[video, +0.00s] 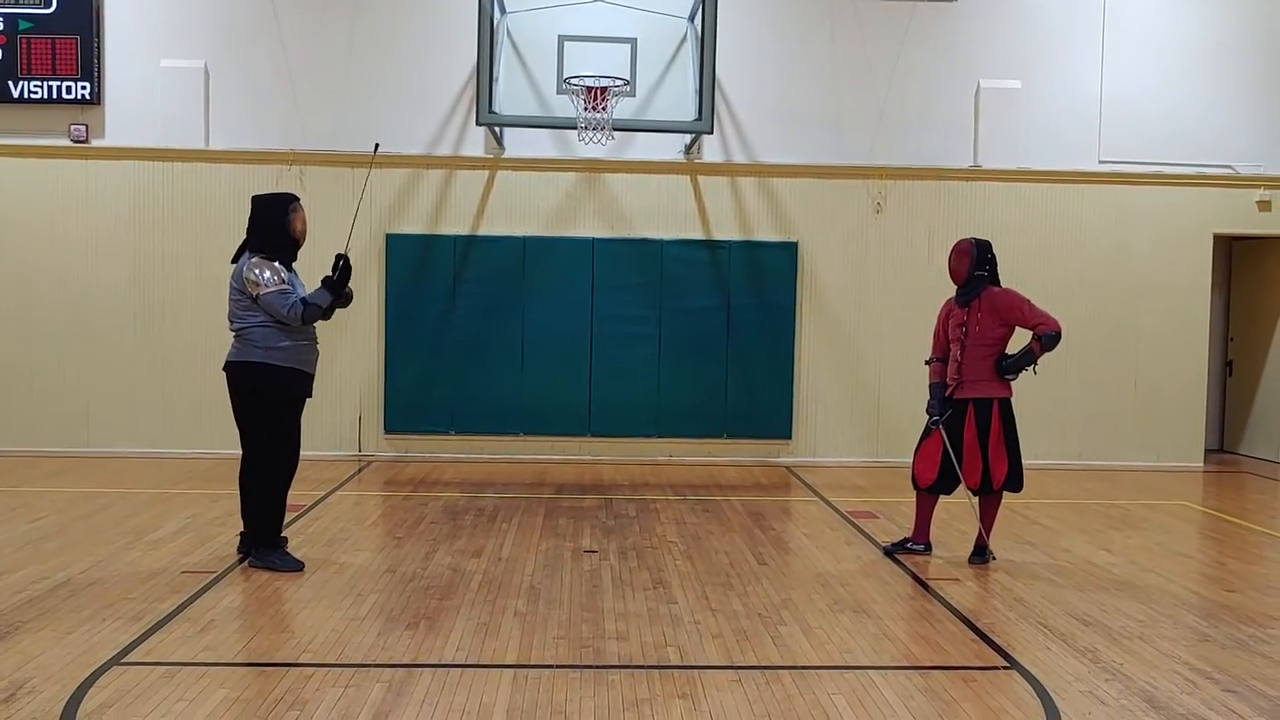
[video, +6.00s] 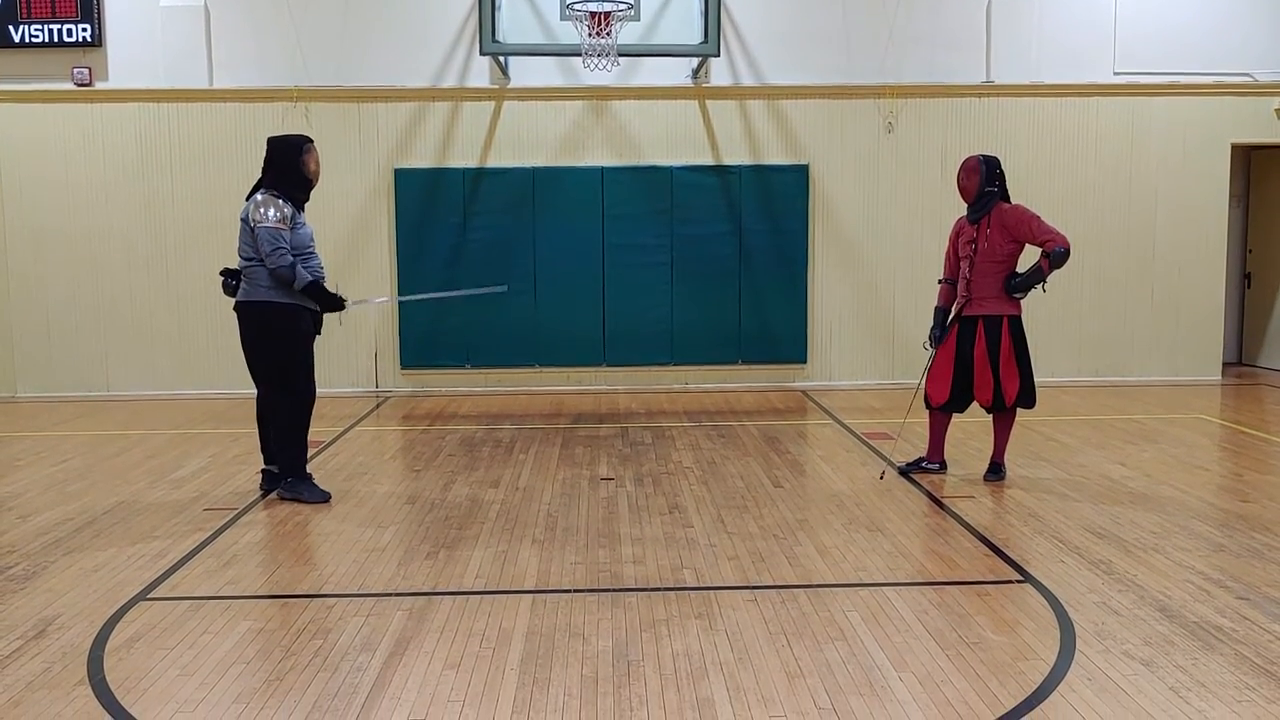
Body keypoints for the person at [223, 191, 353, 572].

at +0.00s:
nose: (304, 228)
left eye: (303, 220)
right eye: (299, 220)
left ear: (277, 223)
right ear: (279, 222)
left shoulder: (277, 266)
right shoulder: (259, 265)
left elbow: (303, 310)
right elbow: (294, 312)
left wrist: (332, 297)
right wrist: (328, 292)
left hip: (280, 375)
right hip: (261, 374)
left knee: (277, 457)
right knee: (268, 458)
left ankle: (262, 538)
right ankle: (262, 545)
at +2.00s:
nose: (315, 203)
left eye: (314, 195)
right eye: (311, 195)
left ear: (286, 196)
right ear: (291, 197)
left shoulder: (274, 237)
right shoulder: (266, 239)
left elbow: (274, 297)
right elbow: (269, 295)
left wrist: (302, 341)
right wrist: (295, 337)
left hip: (273, 347)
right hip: (262, 346)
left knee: (277, 429)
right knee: (270, 430)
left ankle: (263, 509)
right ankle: (264, 517)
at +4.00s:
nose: (322, 200)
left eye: (321, 191)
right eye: (317, 191)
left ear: (293, 195)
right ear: (297, 195)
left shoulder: (287, 236)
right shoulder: (276, 238)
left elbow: (308, 278)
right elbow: (308, 289)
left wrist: (338, 276)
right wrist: (349, 305)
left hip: (293, 345)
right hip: (280, 345)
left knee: (293, 427)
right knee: (291, 428)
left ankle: (283, 507)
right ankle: (282, 515)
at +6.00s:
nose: (318, 168)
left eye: (317, 160)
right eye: (313, 160)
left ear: (290, 162)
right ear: (294, 161)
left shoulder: (282, 202)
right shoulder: (268, 202)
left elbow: (292, 260)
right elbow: (279, 263)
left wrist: (318, 291)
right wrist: (318, 292)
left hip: (280, 309)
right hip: (271, 310)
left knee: (278, 391)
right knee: (293, 392)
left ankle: (276, 471)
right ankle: (292, 477)